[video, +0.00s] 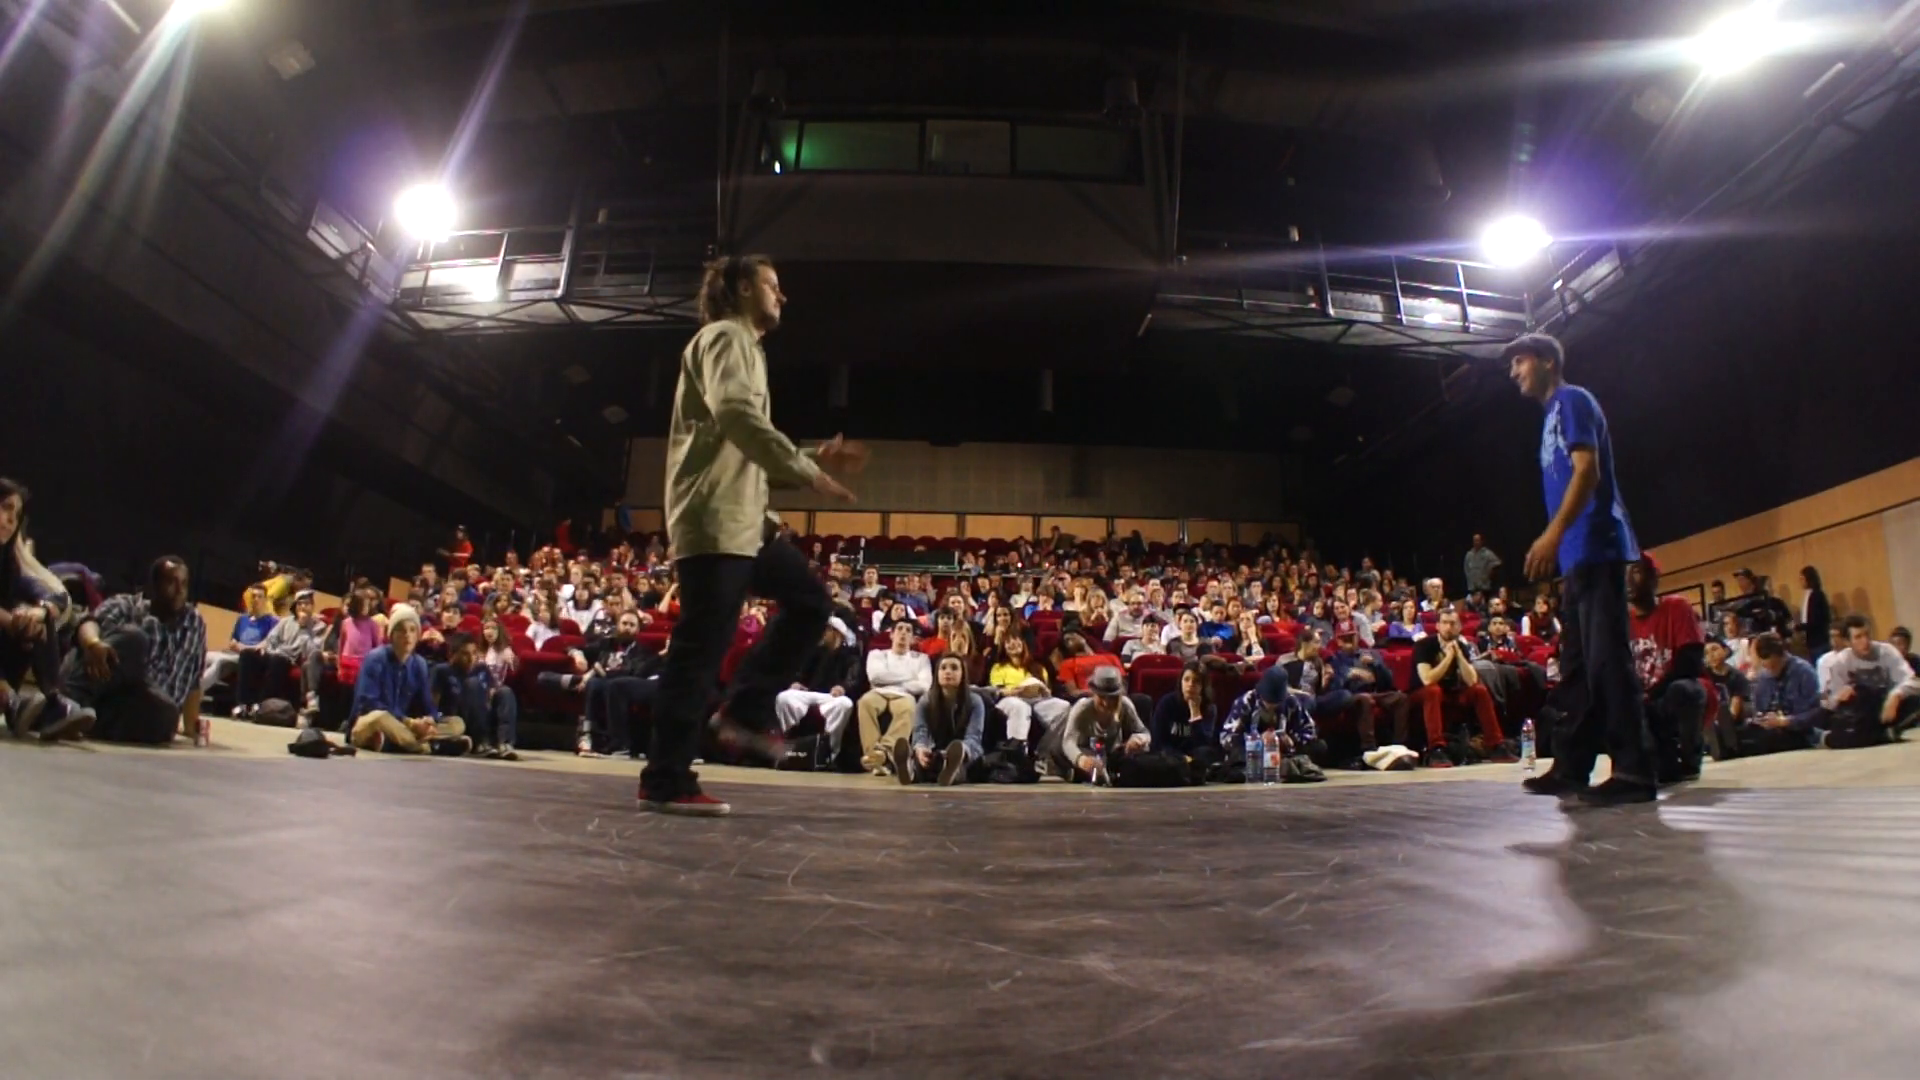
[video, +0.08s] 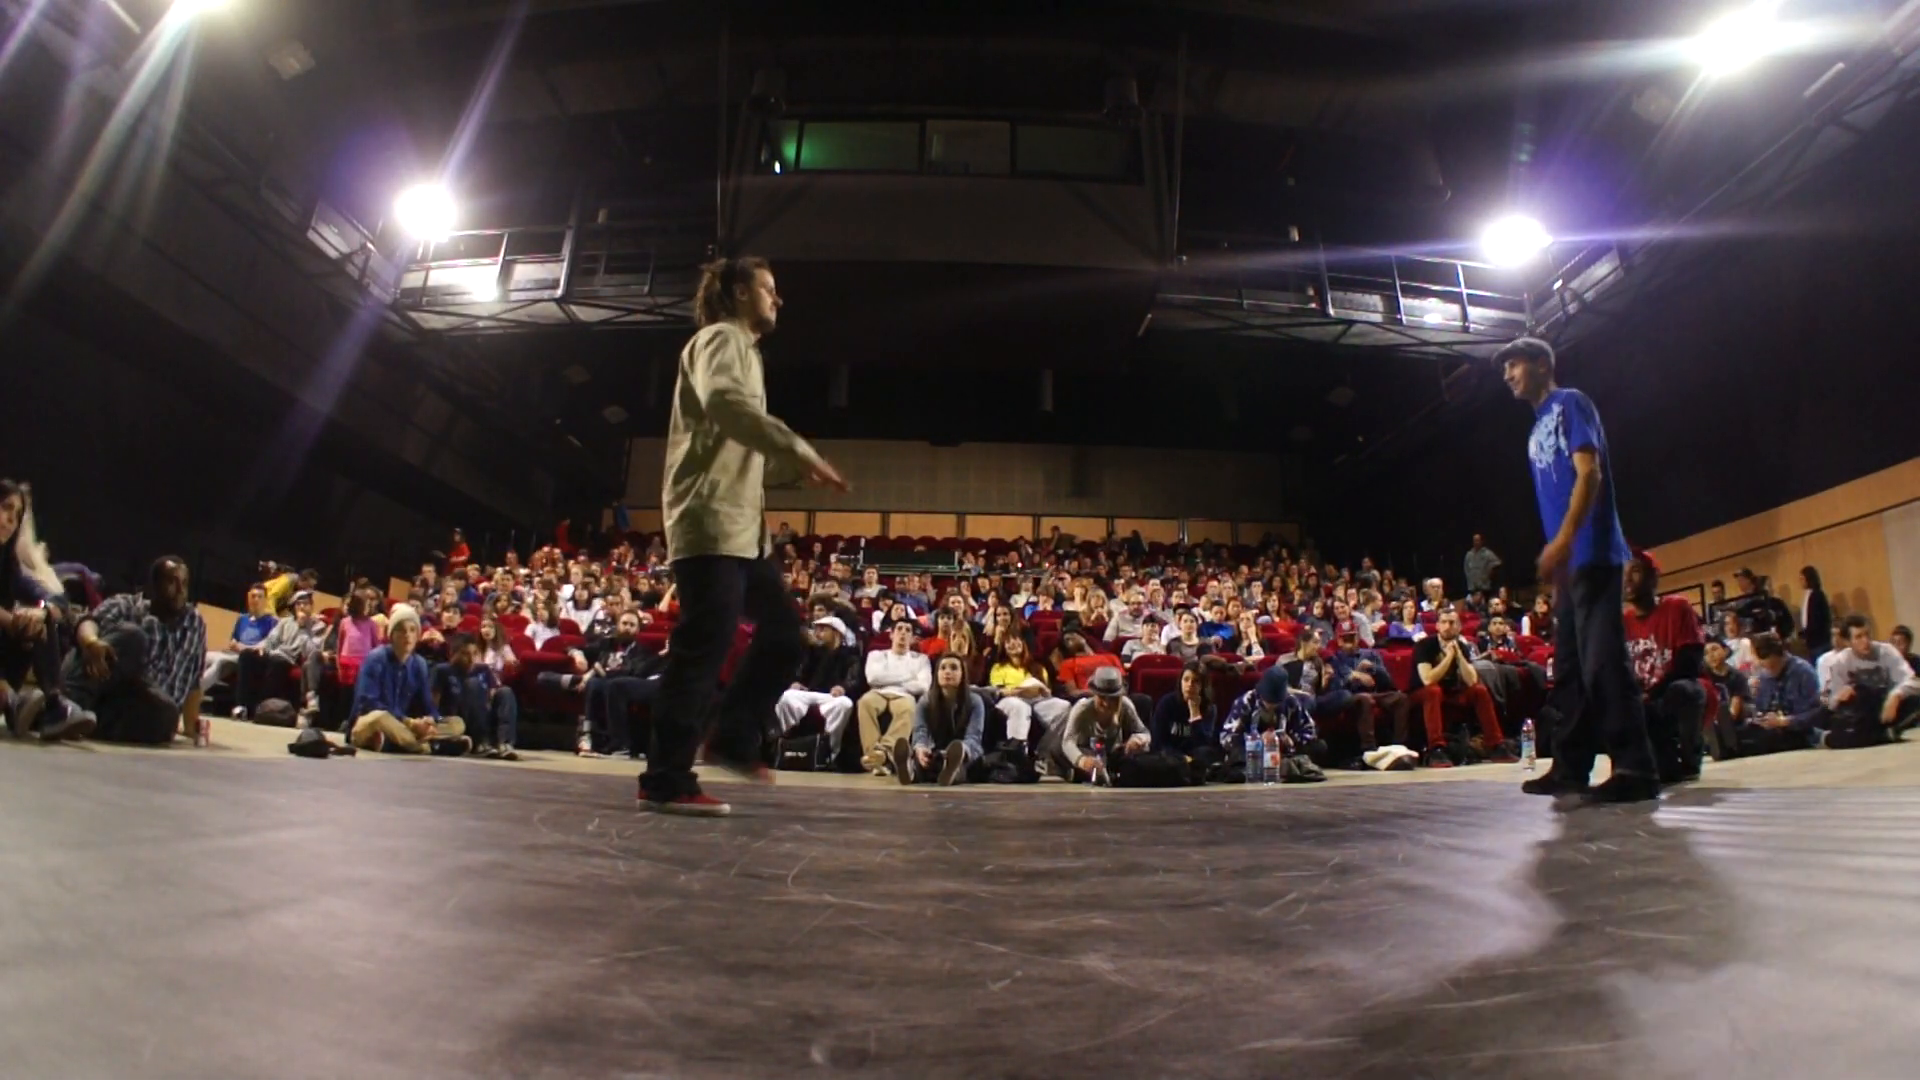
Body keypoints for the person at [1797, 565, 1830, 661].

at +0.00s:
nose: (1801, 582)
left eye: (1802, 578)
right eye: (1801, 579)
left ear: (1809, 579)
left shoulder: (1817, 596)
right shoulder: (1807, 595)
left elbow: (1817, 622)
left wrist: (1801, 627)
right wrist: (1799, 625)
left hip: (1819, 641)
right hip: (1811, 641)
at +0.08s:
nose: (1801, 582)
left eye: (1802, 578)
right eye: (1801, 579)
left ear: (1809, 579)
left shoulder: (1816, 596)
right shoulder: (1807, 595)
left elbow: (1817, 619)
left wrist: (1806, 633)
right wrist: (1804, 630)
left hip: (1818, 641)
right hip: (1811, 640)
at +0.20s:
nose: (1800, 581)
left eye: (1802, 578)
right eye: (1800, 578)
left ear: (1808, 578)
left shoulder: (1817, 596)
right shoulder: (1807, 595)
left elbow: (1818, 619)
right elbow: (1808, 616)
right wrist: (1804, 635)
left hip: (1818, 642)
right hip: (1811, 641)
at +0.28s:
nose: (1800, 581)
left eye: (1802, 578)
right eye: (1800, 578)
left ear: (1808, 579)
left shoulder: (1816, 596)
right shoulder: (1807, 595)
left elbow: (1816, 621)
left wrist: (1812, 645)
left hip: (1818, 643)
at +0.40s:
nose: (1800, 581)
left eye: (1801, 578)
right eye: (1800, 578)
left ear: (1808, 579)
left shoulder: (1816, 596)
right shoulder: (1807, 595)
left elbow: (1817, 622)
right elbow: (1808, 618)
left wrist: (1812, 645)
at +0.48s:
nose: (1799, 581)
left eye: (1801, 578)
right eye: (1800, 578)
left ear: (1807, 579)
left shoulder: (1815, 596)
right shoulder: (1807, 595)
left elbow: (1815, 622)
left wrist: (1811, 646)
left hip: (1817, 645)